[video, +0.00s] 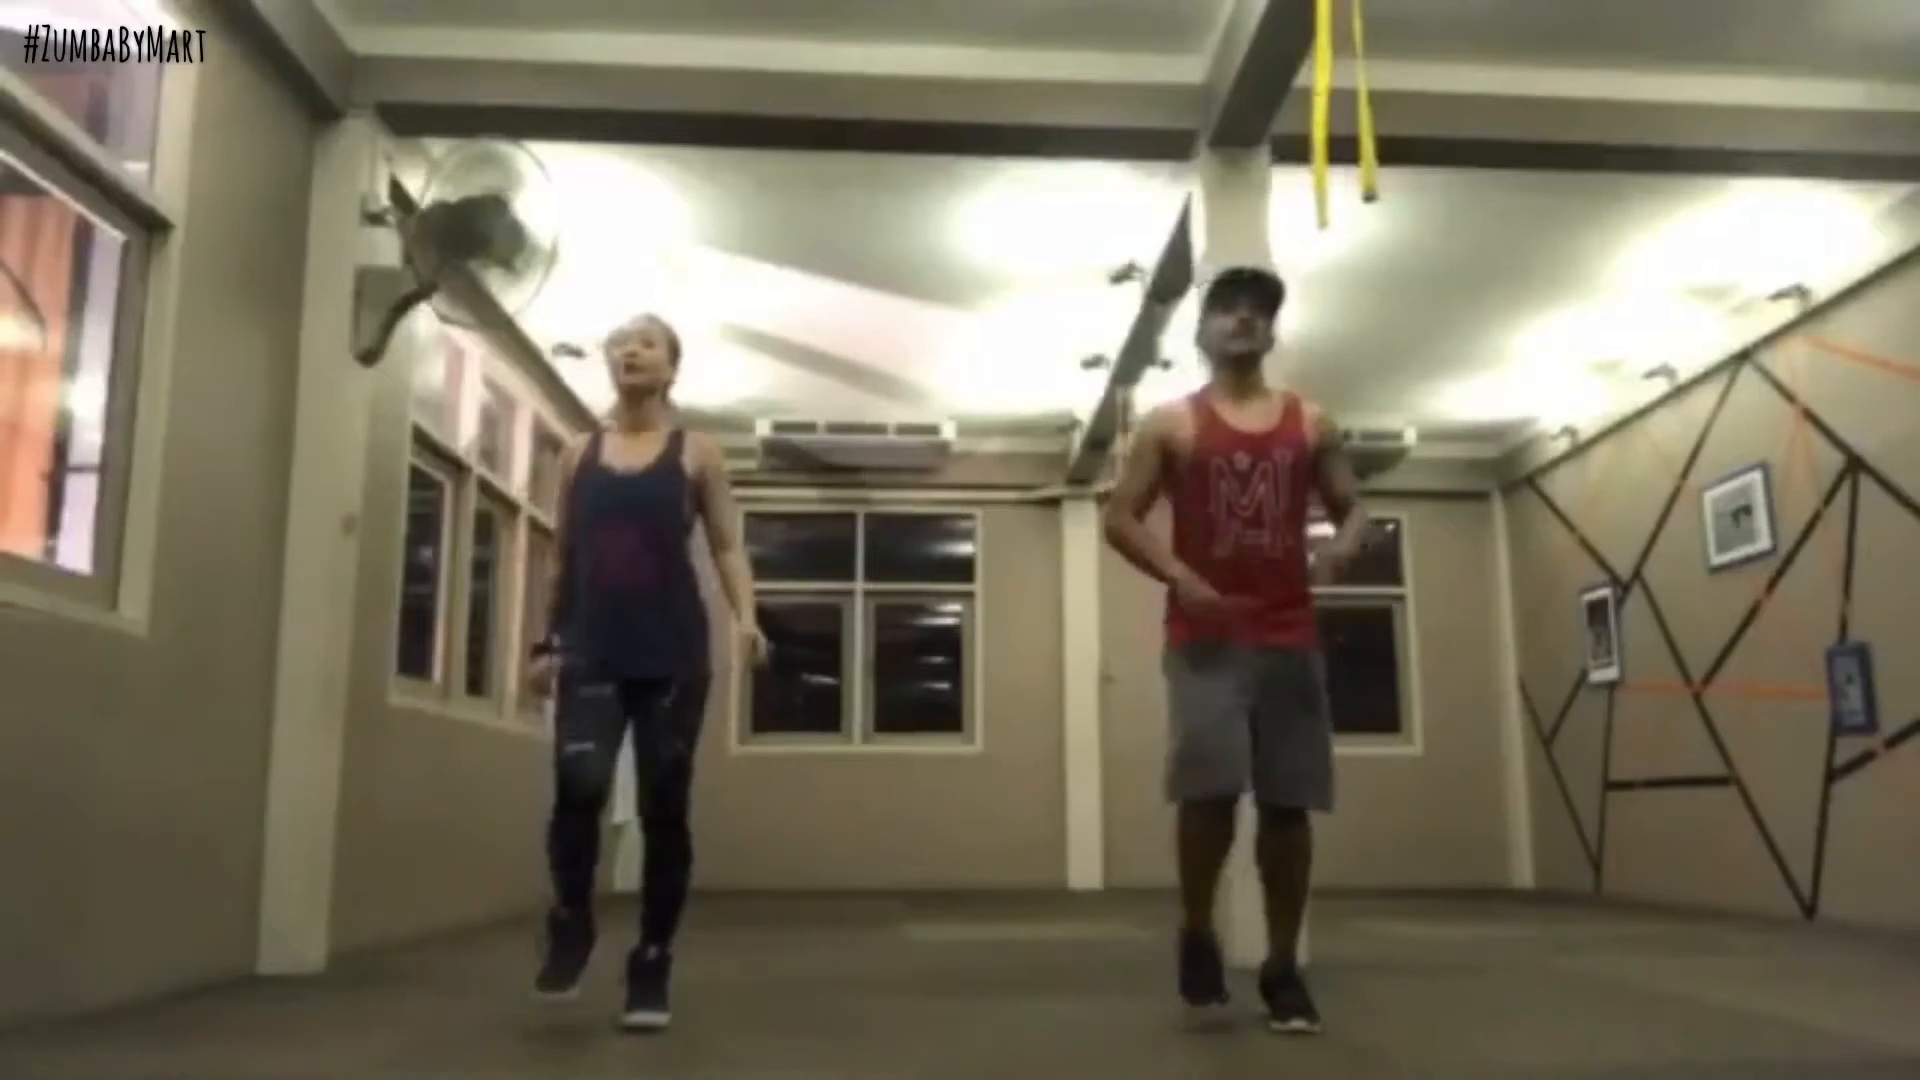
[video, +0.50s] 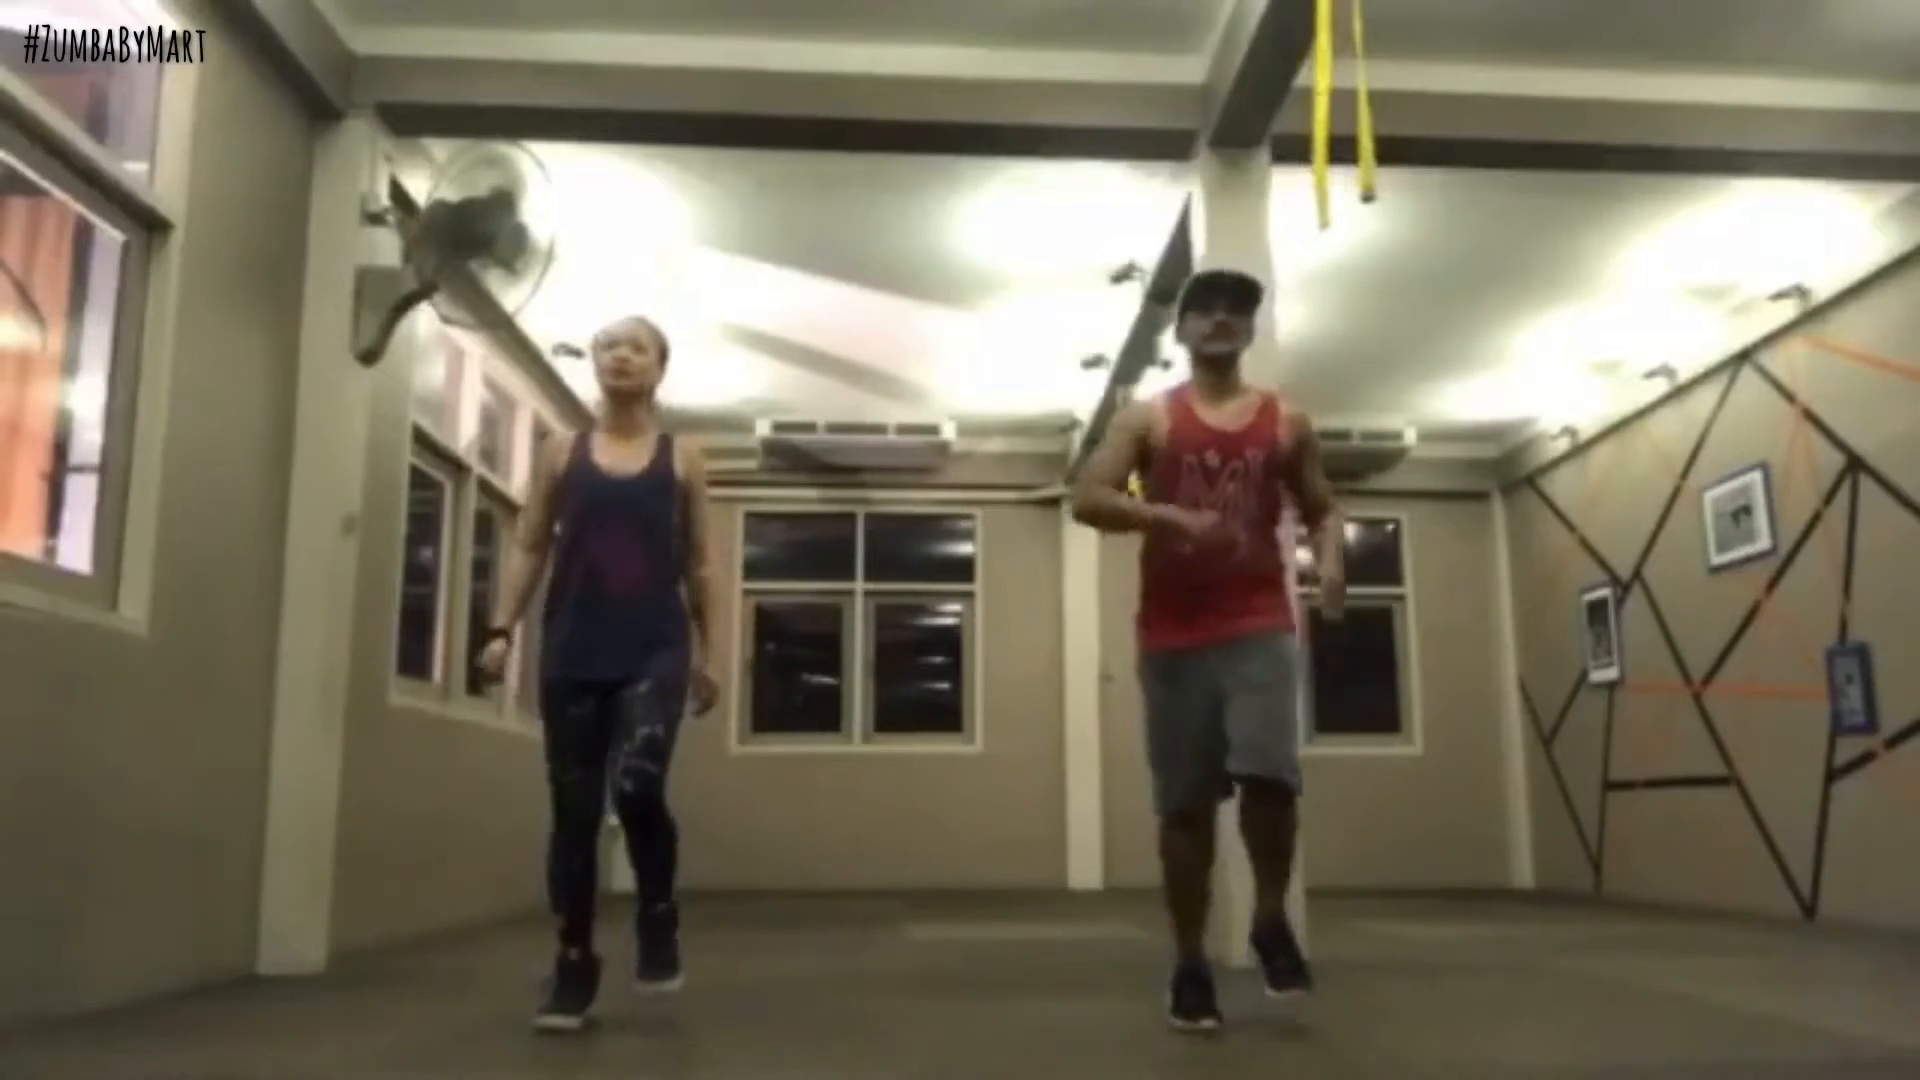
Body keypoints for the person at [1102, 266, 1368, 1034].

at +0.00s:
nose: (1238, 323)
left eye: (1253, 312)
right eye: (1224, 311)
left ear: (1272, 329)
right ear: (1202, 327)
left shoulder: (1308, 423)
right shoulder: (1172, 424)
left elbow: (1351, 509)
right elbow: (1119, 518)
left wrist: (1344, 550)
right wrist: (1182, 579)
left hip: (1288, 636)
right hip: (1208, 638)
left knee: (1287, 807)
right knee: (1209, 797)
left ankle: (1283, 965)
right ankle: (1196, 937)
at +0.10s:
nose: (1238, 320)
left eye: (1252, 309)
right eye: (1224, 308)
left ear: (1272, 324)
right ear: (1202, 324)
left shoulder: (1305, 419)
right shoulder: (1168, 419)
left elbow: (1340, 508)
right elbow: (1108, 505)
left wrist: (1339, 528)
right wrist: (1156, 575)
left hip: (1288, 623)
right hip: (1213, 624)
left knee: (1286, 797)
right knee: (1227, 784)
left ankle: (1284, 963)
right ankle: (1198, 924)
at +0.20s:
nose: (1238, 333)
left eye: (1252, 322)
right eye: (1224, 321)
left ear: (1270, 338)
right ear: (1201, 337)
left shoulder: (1299, 434)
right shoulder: (1166, 429)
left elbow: (1341, 529)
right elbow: (1092, 504)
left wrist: (1326, 528)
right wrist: (1138, 570)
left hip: (1287, 636)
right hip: (1211, 637)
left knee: (1281, 806)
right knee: (1229, 797)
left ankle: (1281, 969)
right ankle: (1197, 962)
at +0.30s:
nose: (1231, 329)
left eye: (1246, 318)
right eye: (1218, 317)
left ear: (1265, 334)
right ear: (1195, 333)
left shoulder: (1289, 429)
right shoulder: (1160, 426)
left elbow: (1328, 519)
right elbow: (1086, 502)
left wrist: (1329, 540)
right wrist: (1138, 570)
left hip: (1280, 638)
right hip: (1201, 644)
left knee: (1286, 808)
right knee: (1207, 815)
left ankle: (1284, 968)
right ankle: (1195, 968)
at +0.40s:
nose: (1223, 326)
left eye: (1238, 315)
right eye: (1209, 314)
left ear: (1257, 331)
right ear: (1186, 329)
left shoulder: (1287, 429)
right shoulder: (1151, 421)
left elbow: (1326, 516)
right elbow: (1081, 497)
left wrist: (1323, 550)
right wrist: (1155, 542)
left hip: (1272, 640)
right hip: (1183, 648)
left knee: (1291, 793)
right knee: (1189, 812)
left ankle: (1287, 946)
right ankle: (1191, 966)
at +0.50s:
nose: (1216, 325)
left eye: (1231, 313)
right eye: (1202, 313)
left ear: (1251, 328)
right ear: (1181, 327)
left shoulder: (1284, 423)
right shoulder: (1146, 416)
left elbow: (1320, 510)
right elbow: (1088, 496)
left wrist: (1327, 559)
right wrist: (1166, 517)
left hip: (1260, 629)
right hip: (1175, 637)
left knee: (1270, 783)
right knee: (1187, 806)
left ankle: (1271, 920)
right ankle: (1190, 965)